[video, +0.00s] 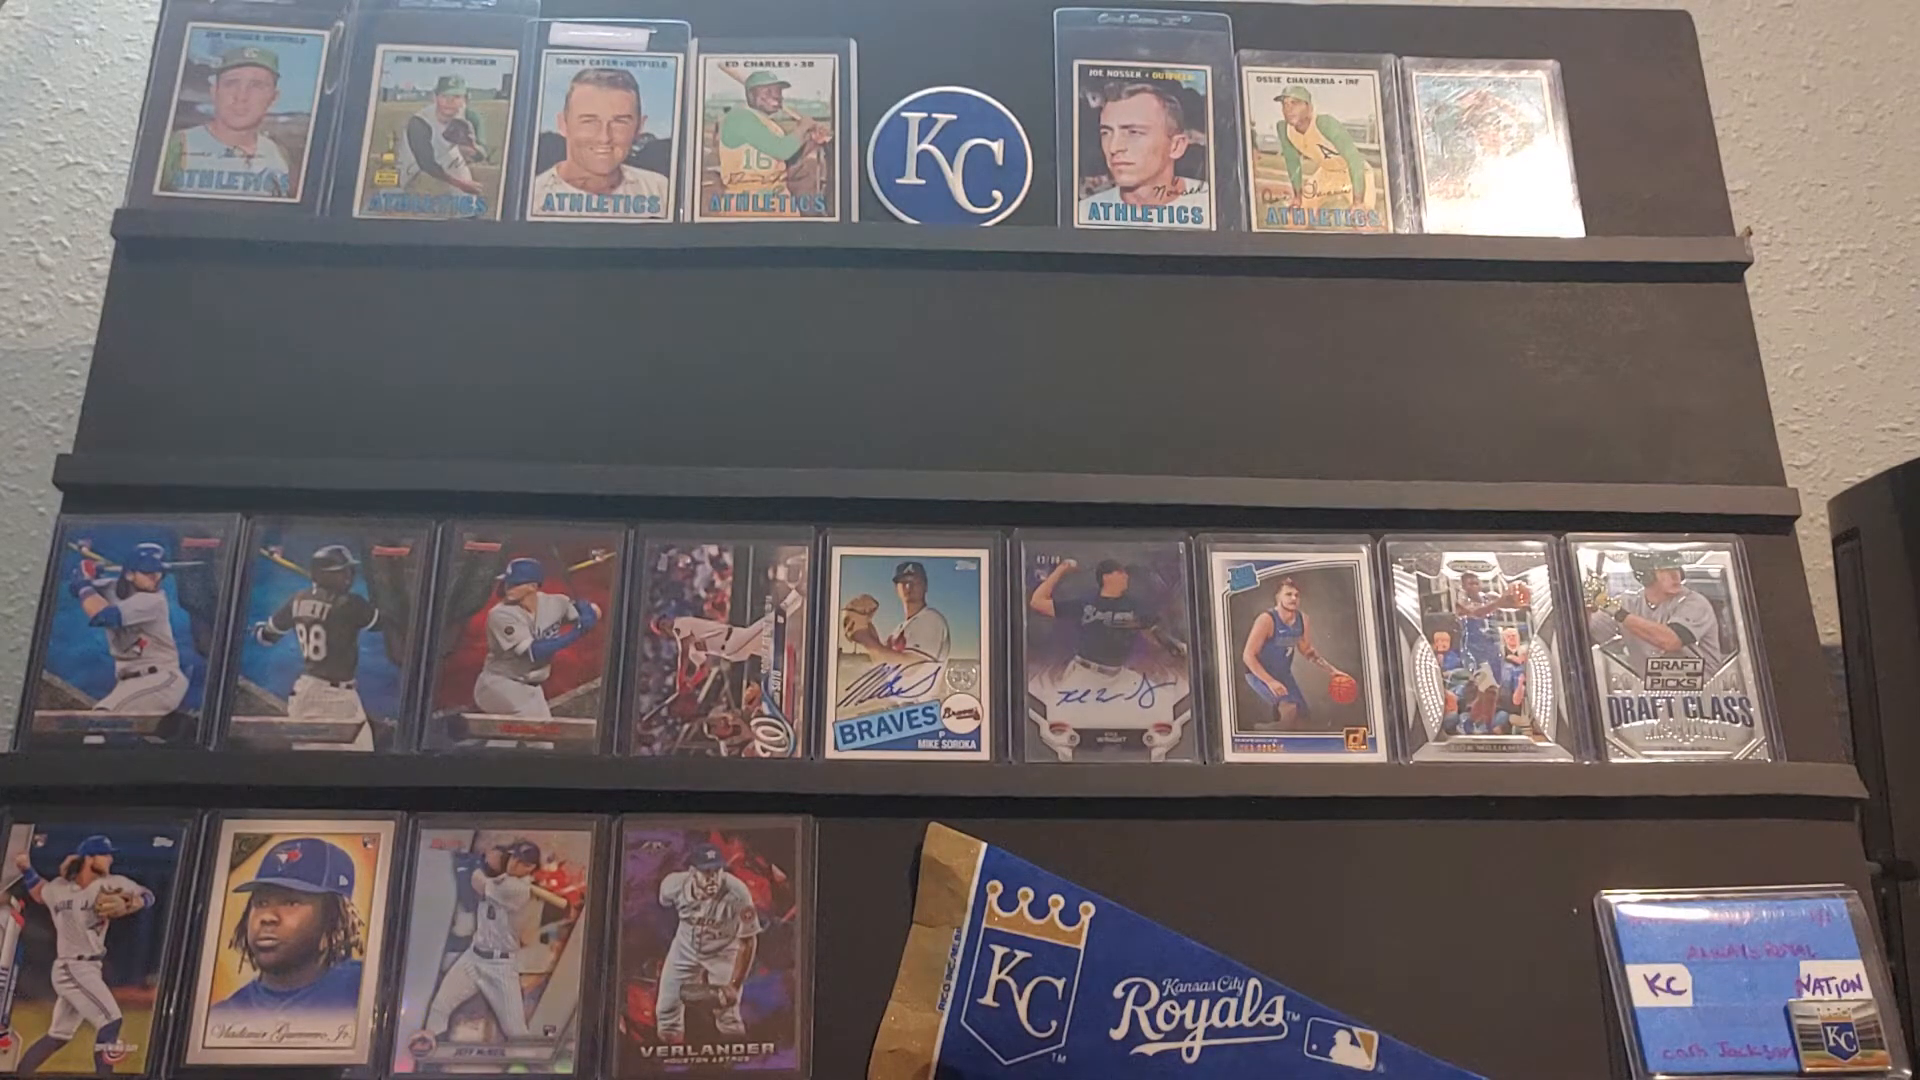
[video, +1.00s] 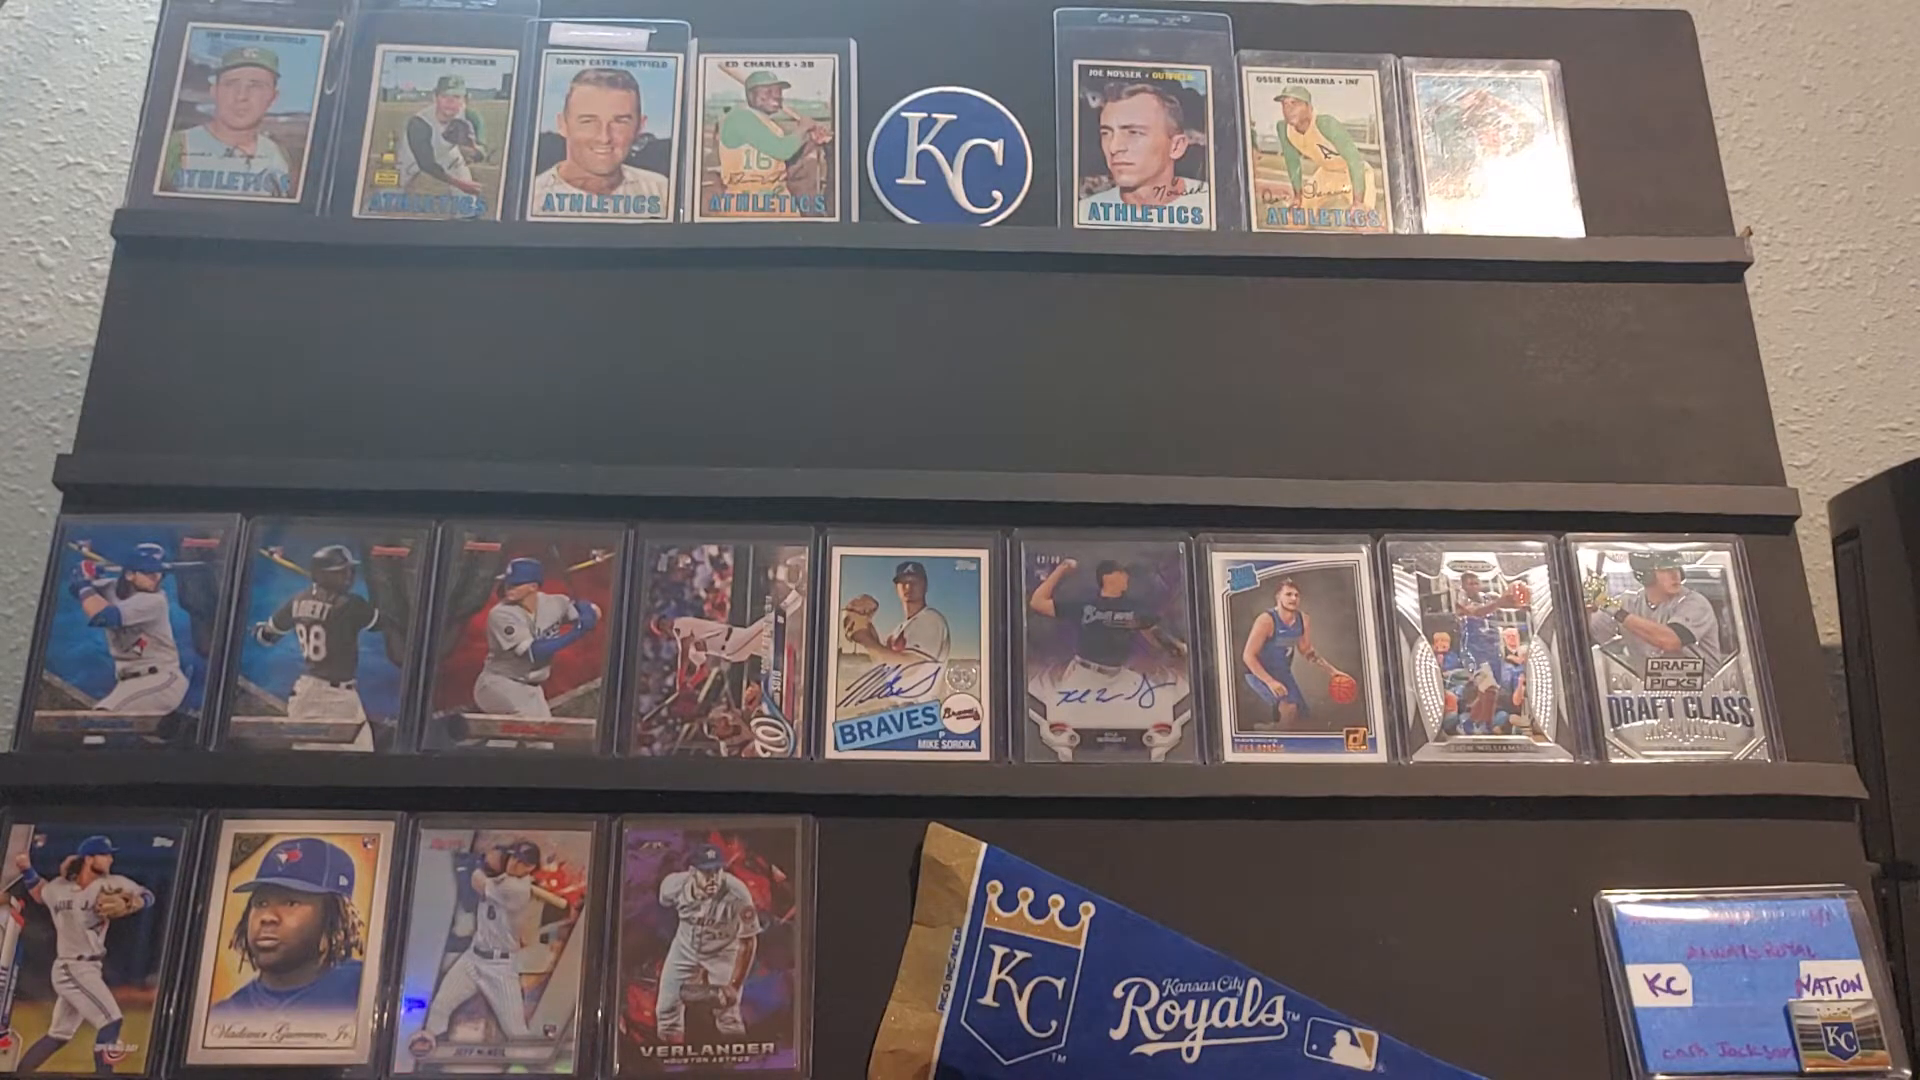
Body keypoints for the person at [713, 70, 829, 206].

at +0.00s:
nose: (777, 98)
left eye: (778, 92)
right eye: (769, 92)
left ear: (782, 93)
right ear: (752, 95)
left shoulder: (773, 126)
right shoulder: (739, 119)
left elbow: (785, 166)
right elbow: (783, 151)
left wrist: (811, 144)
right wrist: (803, 128)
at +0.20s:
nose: (777, 98)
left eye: (778, 92)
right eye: (769, 92)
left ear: (782, 93)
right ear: (752, 95)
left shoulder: (773, 126)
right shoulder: (739, 118)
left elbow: (785, 166)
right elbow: (783, 151)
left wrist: (811, 144)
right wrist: (803, 128)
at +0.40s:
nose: (776, 97)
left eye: (778, 91)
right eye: (768, 92)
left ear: (782, 93)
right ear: (751, 96)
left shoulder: (774, 127)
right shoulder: (739, 118)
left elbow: (785, 165)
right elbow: (783, 151)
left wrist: (811, 142)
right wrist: (803, 128)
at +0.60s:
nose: (776, 96)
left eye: (778, 91)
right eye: (768, 92)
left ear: (782, 93)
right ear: (751, 96)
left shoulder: (774, 127)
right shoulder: (739, 118)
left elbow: (785, 167)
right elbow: (783, 151)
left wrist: (810, 143)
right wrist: (802, 129)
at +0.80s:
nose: (776, 96)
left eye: (778, 91)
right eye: (768, 92)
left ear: (782, 93)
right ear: (751, 96)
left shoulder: (774, 127)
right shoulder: (739, 118)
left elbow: (785, 167)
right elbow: (783, 151)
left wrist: (810, 143)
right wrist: (803, 129)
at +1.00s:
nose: (776, 97)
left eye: (778, 91)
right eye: (768, 92)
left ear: (782, 93)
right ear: (752, 96)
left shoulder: (773, 126)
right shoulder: (739, 117)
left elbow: (784, 168)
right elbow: (783, 151)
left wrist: (811, 143)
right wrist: (803, 128)